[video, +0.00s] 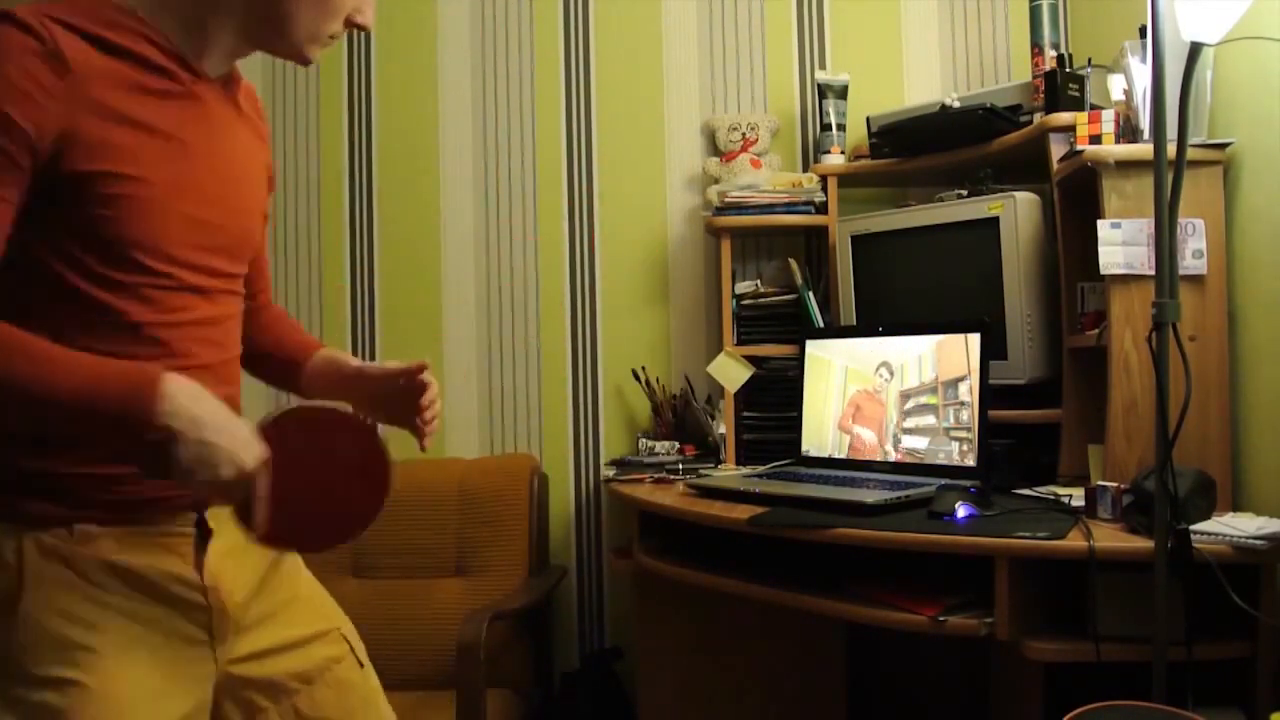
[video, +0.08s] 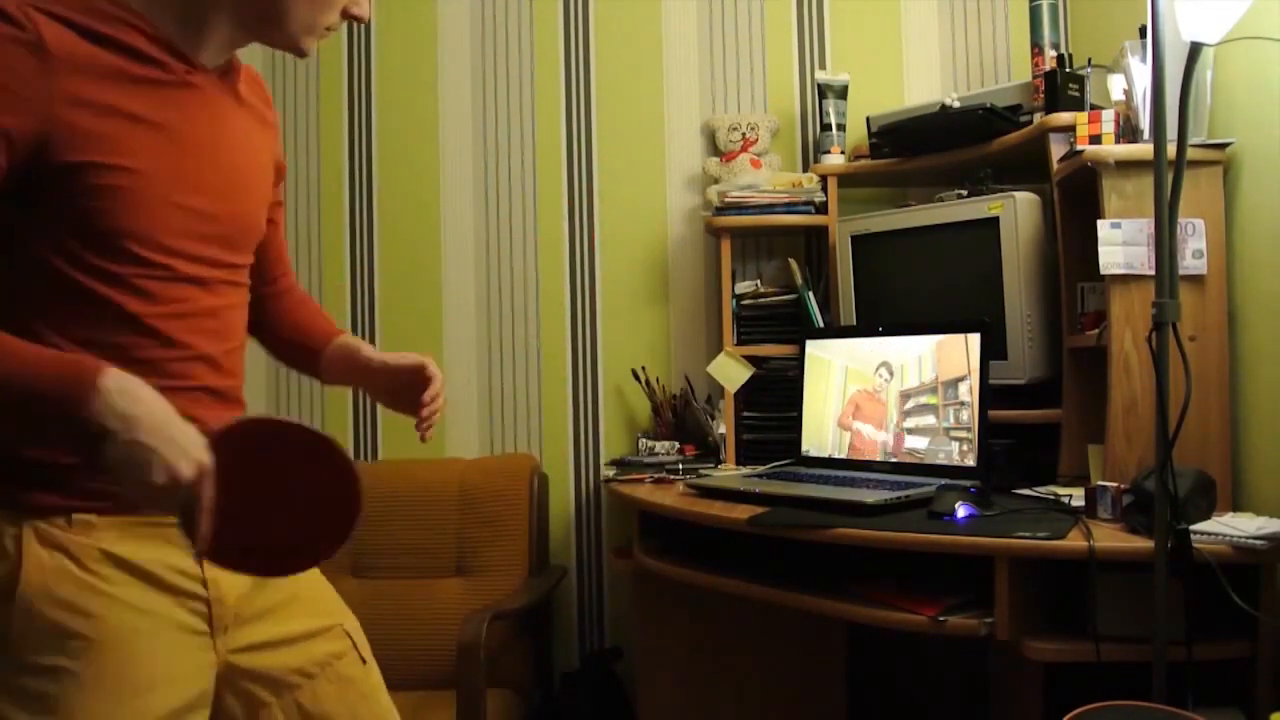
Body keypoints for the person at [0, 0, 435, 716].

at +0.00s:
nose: (366, 16)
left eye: (370, 1)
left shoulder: (243, 108)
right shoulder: (37, 53)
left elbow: (245, 308)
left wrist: (352, 381)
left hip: (245, 554)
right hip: (77, 564)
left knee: (360, 708)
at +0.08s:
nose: (364, 9)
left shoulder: (251, 100)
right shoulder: (32, 47)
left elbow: (269, 291)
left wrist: (369, 369)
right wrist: (99, 391)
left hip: (251, 545)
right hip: (78, 550)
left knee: (363, 706)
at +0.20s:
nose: (373, 9)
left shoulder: (279, 96)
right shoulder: (37, 43)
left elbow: (310, 241)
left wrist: (394, 341)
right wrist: (15, 373)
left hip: (259, 518)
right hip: (83, 529)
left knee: (366, 706)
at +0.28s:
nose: (387, 15)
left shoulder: (294, 102)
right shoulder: (55, 62)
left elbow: (342, 254)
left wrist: (417, 338)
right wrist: (19, 388)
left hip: (277, 528)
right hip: (114, 541)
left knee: (378, 707)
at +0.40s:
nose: (411, 38)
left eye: (417, 12)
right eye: (405, 6)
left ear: (323, 2)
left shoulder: (293, 111)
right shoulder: (131, 102)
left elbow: (340, 264)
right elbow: (94, 359)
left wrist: (442, 318)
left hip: (290, 523)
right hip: (158, 537)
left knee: (397, 711)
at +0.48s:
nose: (415, 45)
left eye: (421, 23)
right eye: (408, 16)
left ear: (323, 3)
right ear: (324, 0)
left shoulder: (270, 106)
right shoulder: (163, 104)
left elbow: (326, 270)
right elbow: (207, 367)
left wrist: (443, 298)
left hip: (288, 519)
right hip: (180, 532)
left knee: (390, 709)